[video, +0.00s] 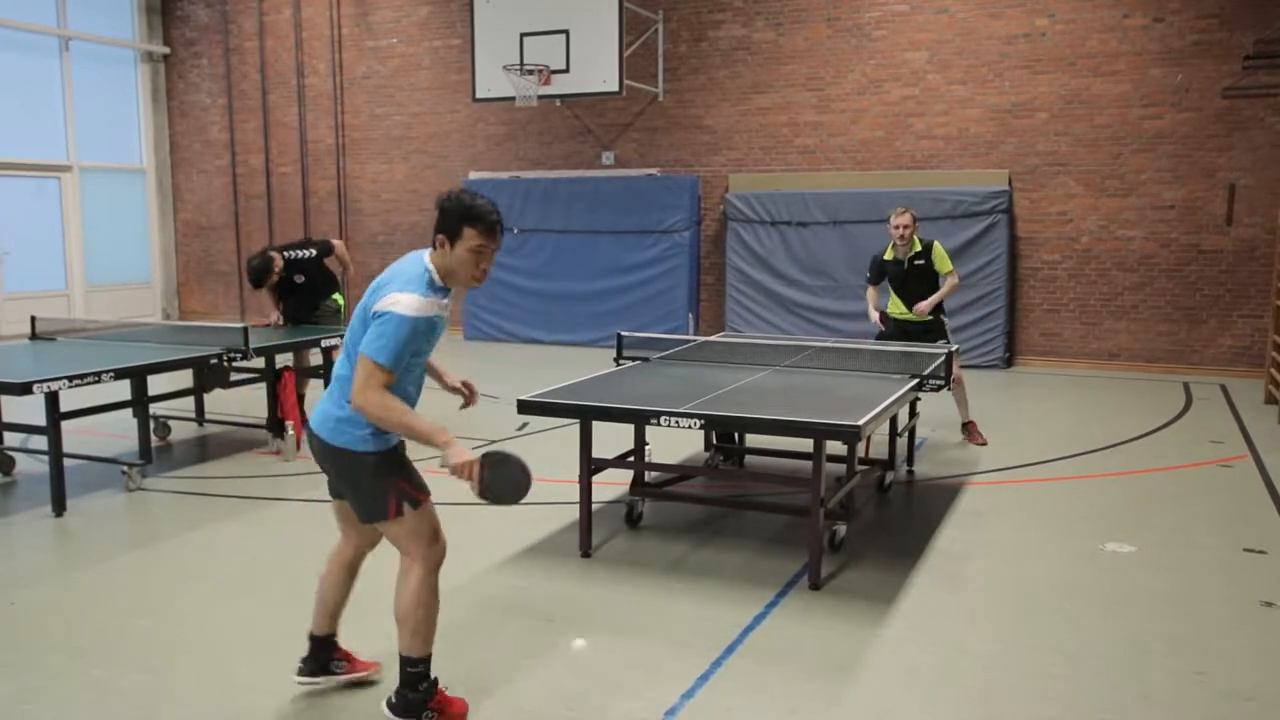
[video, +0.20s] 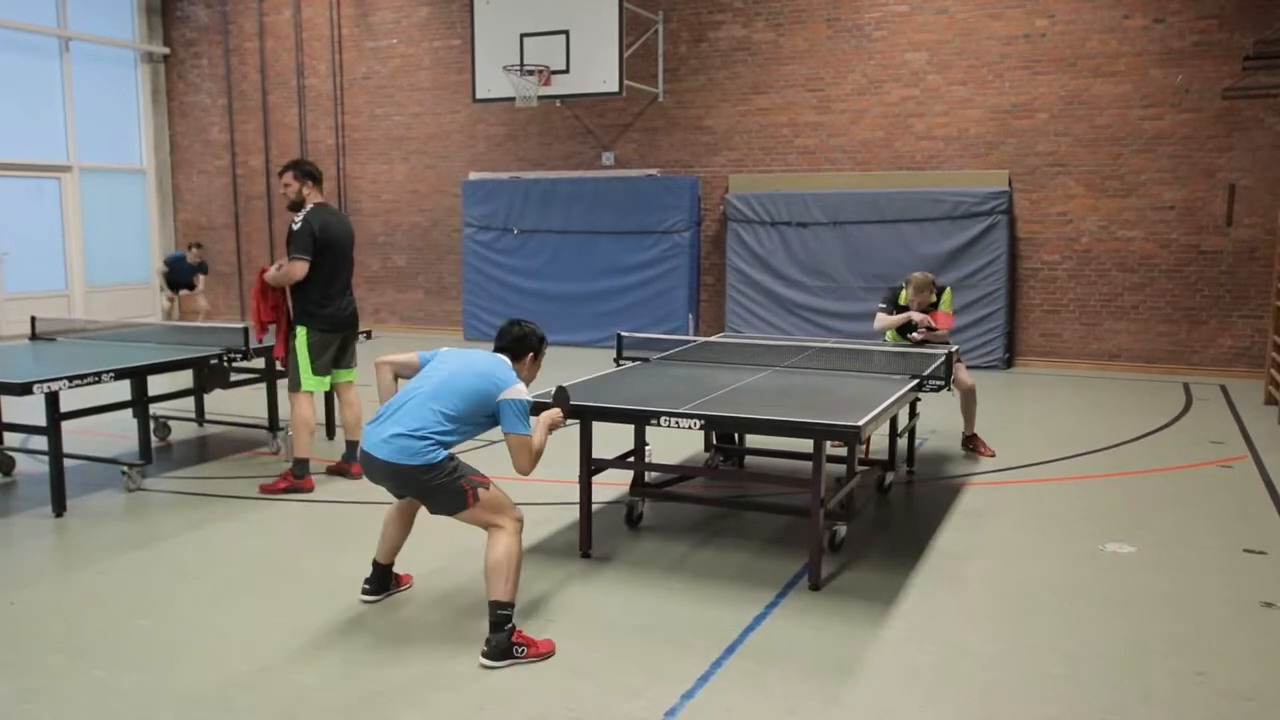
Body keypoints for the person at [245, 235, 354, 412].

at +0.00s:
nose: (271, 285)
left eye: (271, 281)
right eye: (267, 284)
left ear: (275, 268)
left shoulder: (303, 254)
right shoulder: (266, 266)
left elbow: (338, 246)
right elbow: (270, 288)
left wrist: (348, 269)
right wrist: (274, 310)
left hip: (325, 300)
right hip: (295, 308)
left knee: (331, 353)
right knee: (299, 355)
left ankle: (338, 407)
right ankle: (298, 408)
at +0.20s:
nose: (284, 193)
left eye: (287, 186)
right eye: (283, 187)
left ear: (308, 185)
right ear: (313, 187)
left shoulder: (305, 221)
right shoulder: (340, 219)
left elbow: (297, 271)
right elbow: (334, 265)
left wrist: (271, 278)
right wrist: (288, 266)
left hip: (313, 322)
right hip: (344, 317)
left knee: (302, 393)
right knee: (346, 388)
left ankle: (299, 472)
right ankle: (352, 460)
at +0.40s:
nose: (293, 193)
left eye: (296, 186)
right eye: (291, 188)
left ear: (316, 185)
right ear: (320, 187)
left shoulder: (318, 218)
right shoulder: (346, 218)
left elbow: (312, 268)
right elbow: (348, 270)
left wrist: (285, 272)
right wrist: (300, 271)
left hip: (324, 320)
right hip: (352, 317)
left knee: (300, 387)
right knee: (351, 387)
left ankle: (309, 466)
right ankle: (352, 460)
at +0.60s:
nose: (300, 192)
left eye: (305, 186)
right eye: (298, 187)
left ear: (325, 185)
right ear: (328, 188)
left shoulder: (322, 217)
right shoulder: (350, 218)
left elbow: (318, 265)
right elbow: (352, 271)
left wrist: (288, 273)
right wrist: (304, 280)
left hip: (327, 319)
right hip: (355, 316)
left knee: (313, 390)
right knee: (353, 387)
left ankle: (314, 466)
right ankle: (352, 460)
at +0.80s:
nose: (304, 193)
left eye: (310, 187)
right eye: (303, 188)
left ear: (330, 188)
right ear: (332, 191)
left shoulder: (325, 215)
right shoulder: (353, 218)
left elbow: (325, 262)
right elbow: (349, 269)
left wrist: (291, 275)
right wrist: (300, 276)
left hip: (331, 319)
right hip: (359, 315)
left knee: (314, 389)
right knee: (355, 386)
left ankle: (314, 466)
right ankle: (353, 460)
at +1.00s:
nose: (304, 195)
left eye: (309, 189)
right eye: (302, 190)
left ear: (329, 188)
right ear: (334, 192)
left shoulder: (326, 215)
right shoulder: (356, 219)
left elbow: (327, 259)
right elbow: (354, 267)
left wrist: (288, 266)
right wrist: (308, 270)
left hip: (332, 318)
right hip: (359, 315)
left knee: (317, 389)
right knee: (354, 385)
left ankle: (314, 466)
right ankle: (352, 460)